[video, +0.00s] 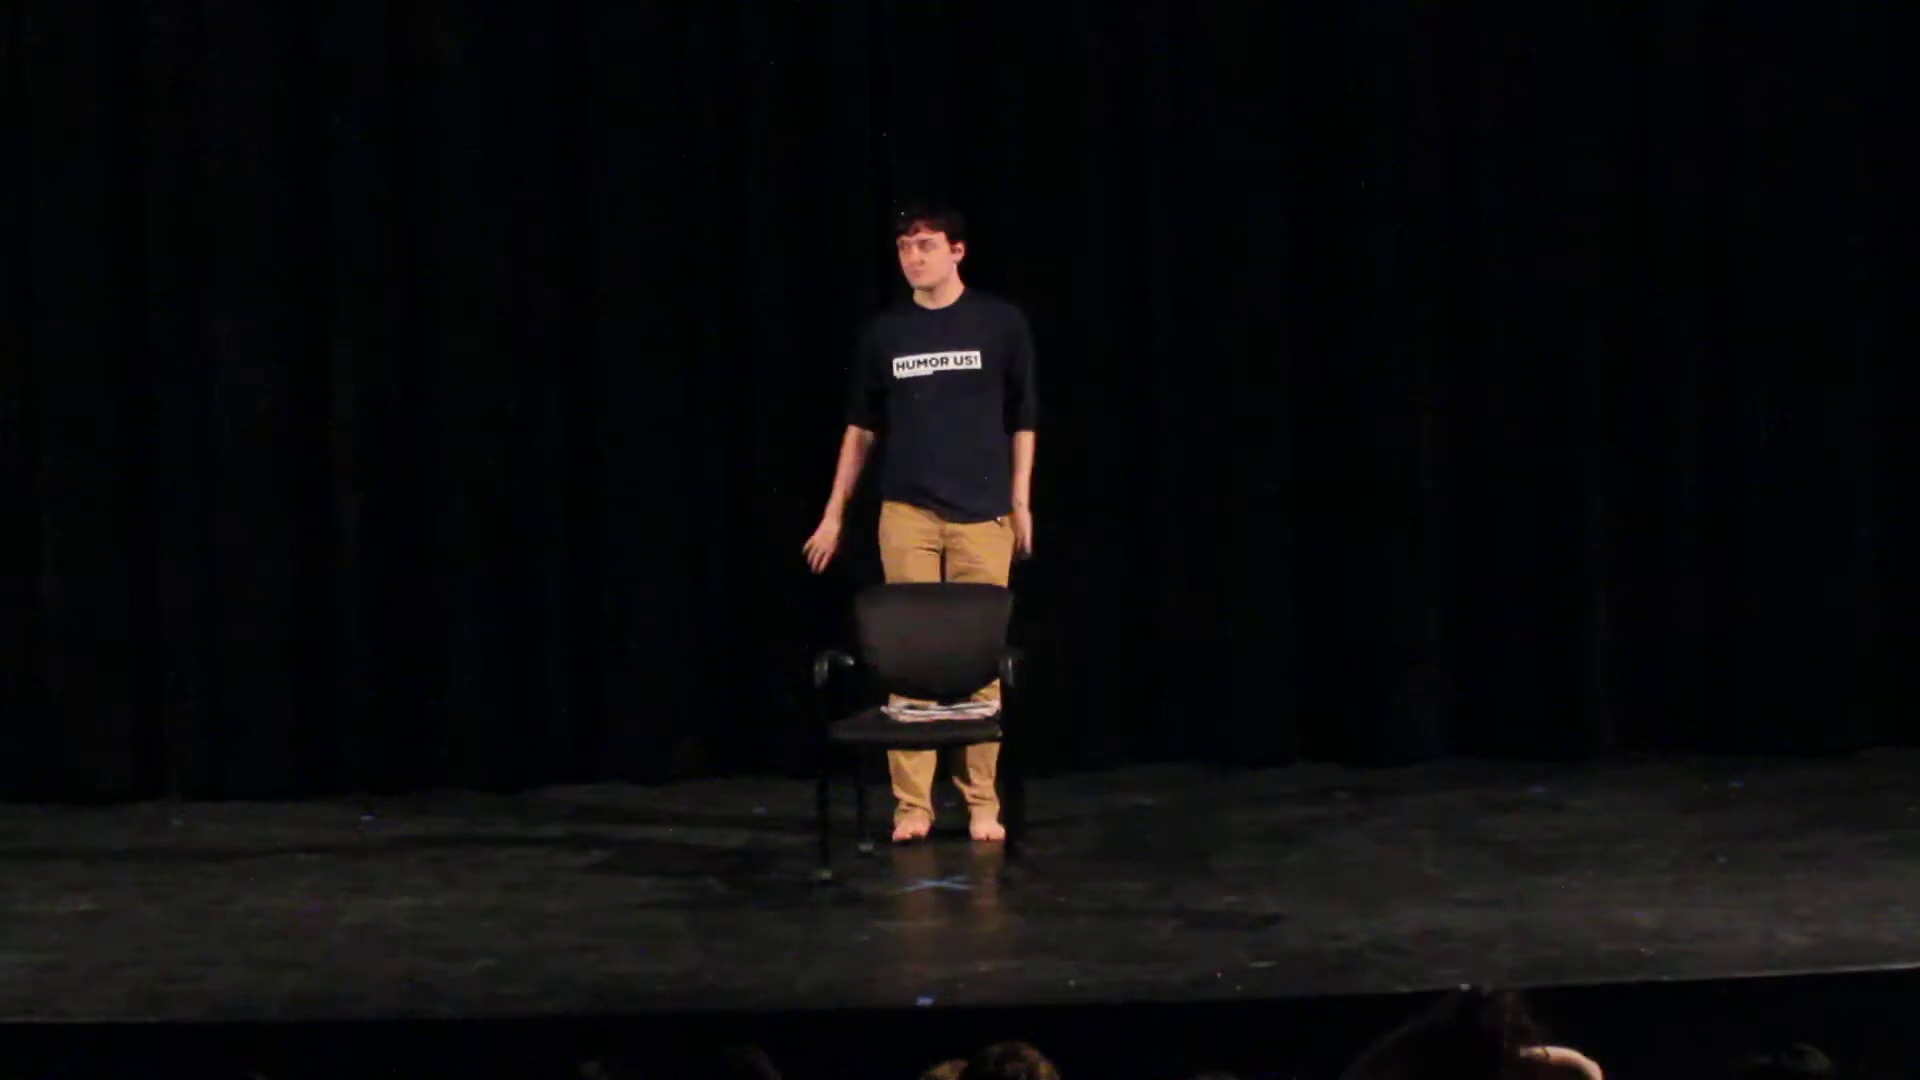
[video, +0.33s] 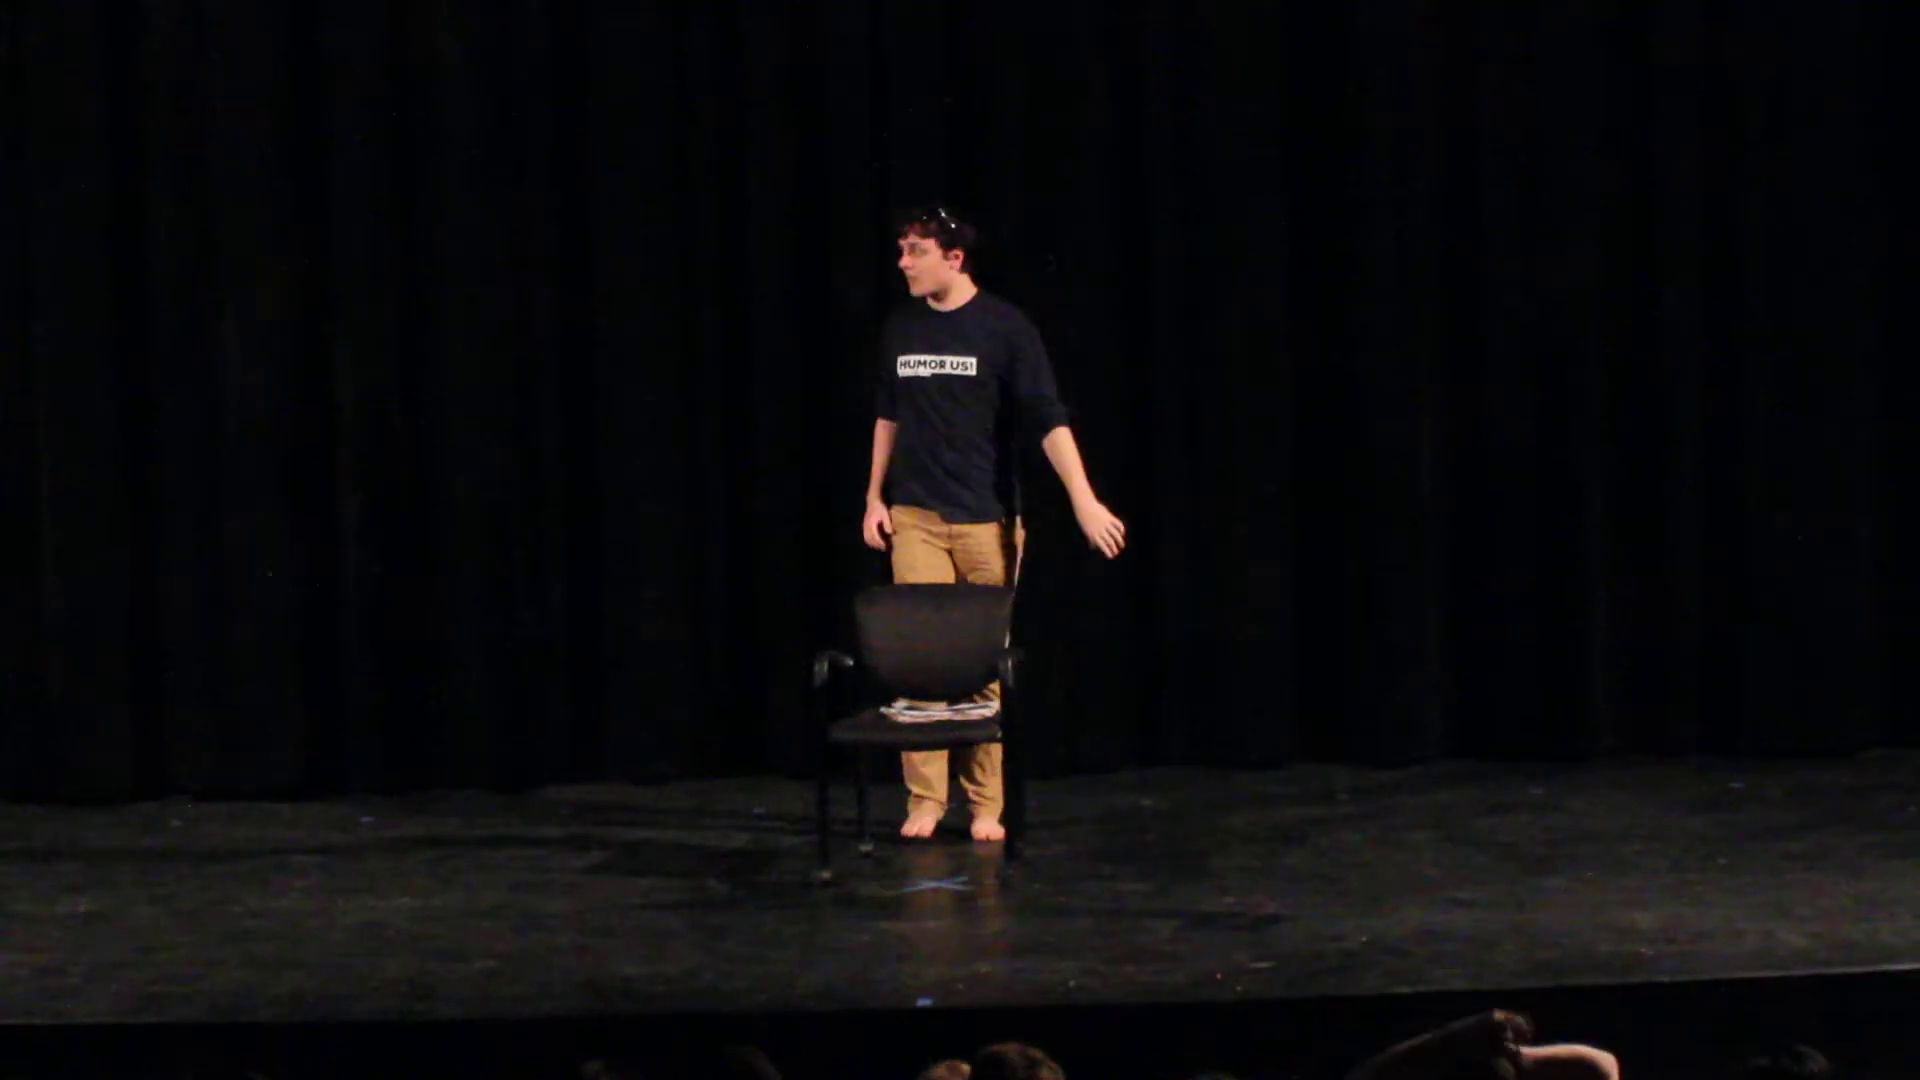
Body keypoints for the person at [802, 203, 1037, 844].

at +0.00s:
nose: (913, 258)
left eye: (925, 246)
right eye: (905, 248)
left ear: (956, 251)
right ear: (897, 258)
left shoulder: (1003, 324)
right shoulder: (884, 332)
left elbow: (1023, 421)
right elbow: (860, 431)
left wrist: (1020, 504)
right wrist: (832, 515)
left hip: (983, 516)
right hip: (905, 514)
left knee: (981, 658)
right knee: (908, 657)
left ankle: (981, 803)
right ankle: (912, 804)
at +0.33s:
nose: (904, 263)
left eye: (915, 252)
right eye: (903, 252)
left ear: (954, 258)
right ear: (927, 261)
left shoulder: (1006, 329)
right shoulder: (902, 328)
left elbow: (1050, 424)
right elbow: (888, 418)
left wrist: (1086, 504)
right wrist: (875, 495)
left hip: (987, 521)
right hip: (913, 516)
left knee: (984, 660)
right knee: (922, 654)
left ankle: (984, 805)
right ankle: (925, 800)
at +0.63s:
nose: (922, 283)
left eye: (934, 270)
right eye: (913, 271)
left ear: (962, 268)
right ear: (903, 274)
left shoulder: (1002, 334)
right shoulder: (898, 334)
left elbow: (1016, 433)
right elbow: (885, 428)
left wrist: (995, 514)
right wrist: (870, 510)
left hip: (982, 521)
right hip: (911, 519)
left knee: (982, 666)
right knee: (916, 662)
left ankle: (981, 808)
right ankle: (919, 807)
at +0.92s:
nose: (919, 308)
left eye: (929, 295)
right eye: (907, 296)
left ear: (952, 287)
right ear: (893, 295)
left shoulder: (984, 354)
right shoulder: (878, 340)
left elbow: (987, 460)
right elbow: (861, 424)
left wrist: (971, 549)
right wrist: (851, 507)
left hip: (963, 533)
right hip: (891, 529)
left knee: (971, 670)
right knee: (900, 673)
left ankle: (979, 803)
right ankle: (914, 815)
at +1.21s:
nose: (906, 354)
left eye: (916, 341)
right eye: (894, 342)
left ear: (937, 329)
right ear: (879, 333)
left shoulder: (976, 369)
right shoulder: (856, 367)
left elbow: (1003, 461)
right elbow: (839, 449)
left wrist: (961, 537)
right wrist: (858, 527)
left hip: (963, 537)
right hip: (889, 540)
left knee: (960, 674)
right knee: (897, 677)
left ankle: (960, 814)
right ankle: (914, 819)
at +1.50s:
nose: (909, 405)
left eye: (918, 392)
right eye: (897, 394)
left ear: (937, 373)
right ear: (879, 381)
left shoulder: (979, 400)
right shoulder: (855, 405)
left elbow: (1007, 491)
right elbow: (849, 485)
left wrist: (986, 567)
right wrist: (867, 559)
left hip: (965, 541)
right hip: (892, 543)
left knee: (961, 675)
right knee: (898, 677)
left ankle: (955, 821)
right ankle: (913, 819)